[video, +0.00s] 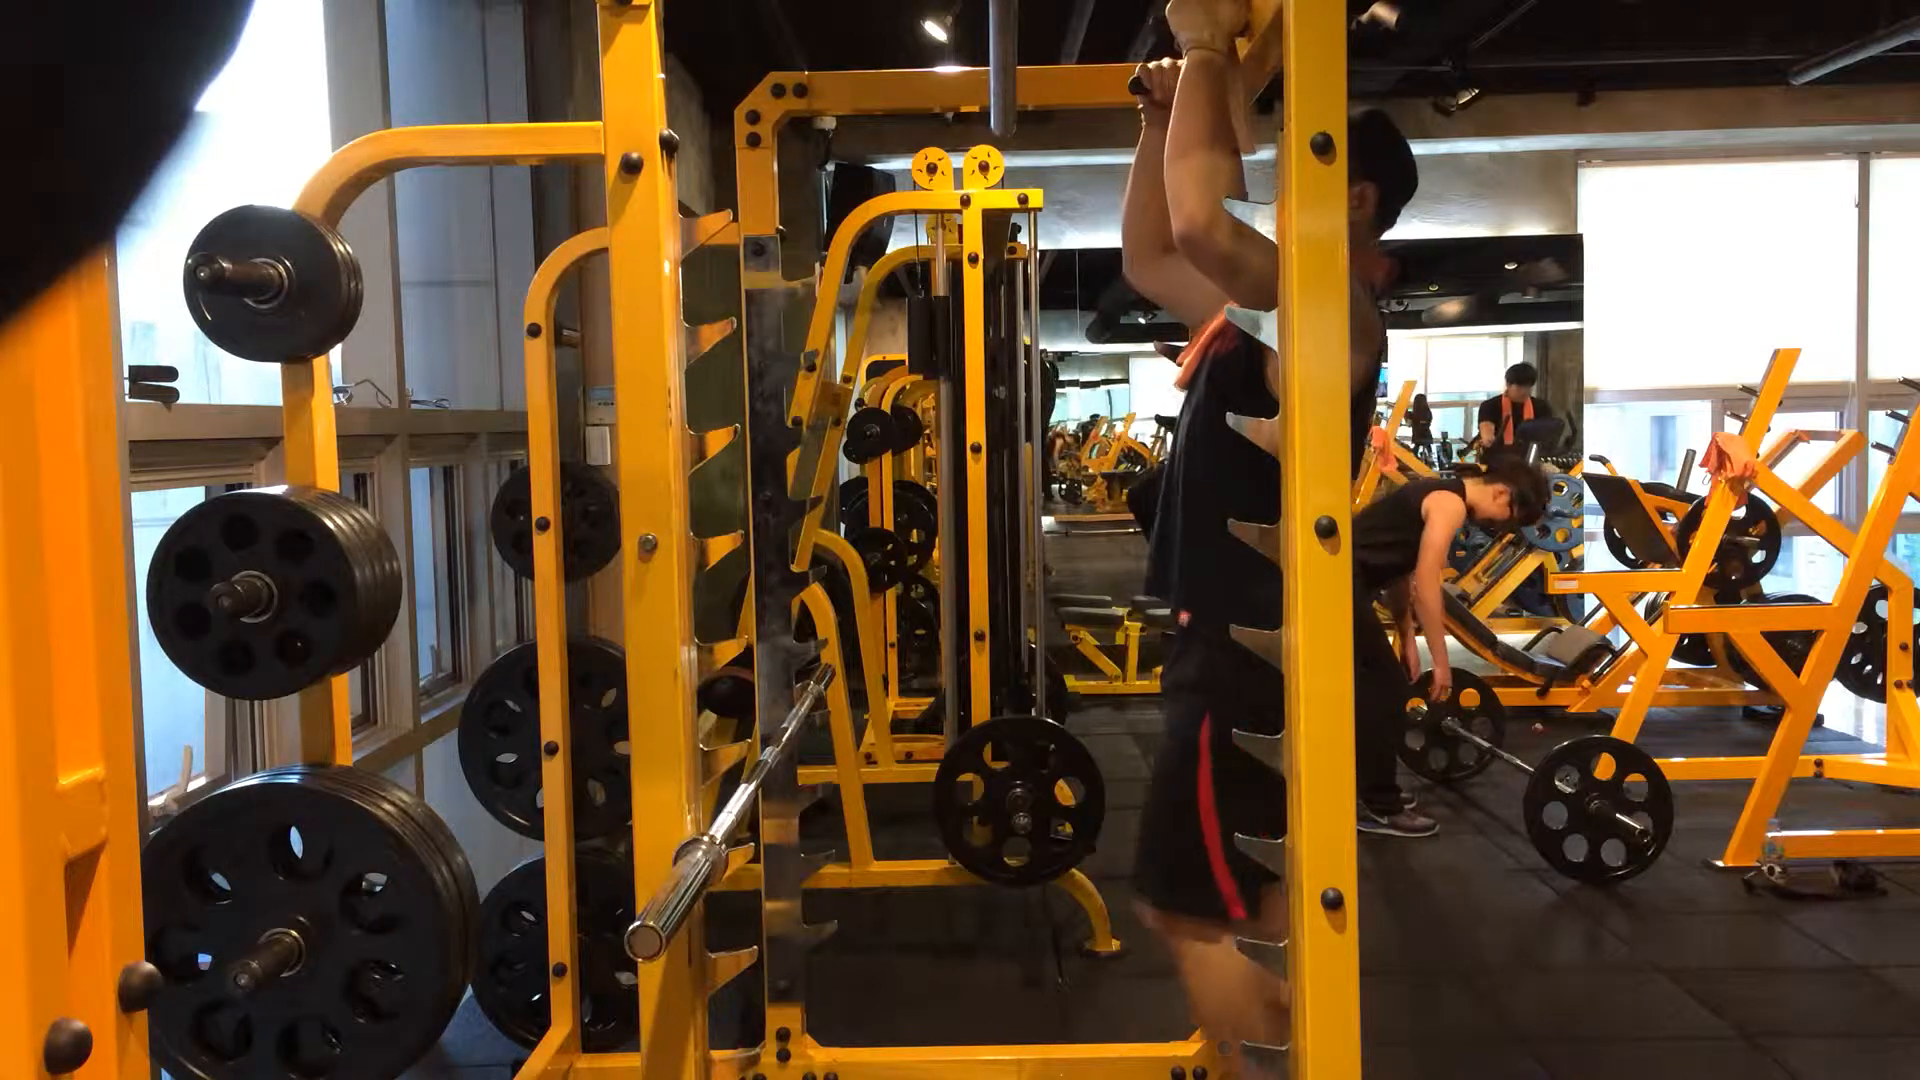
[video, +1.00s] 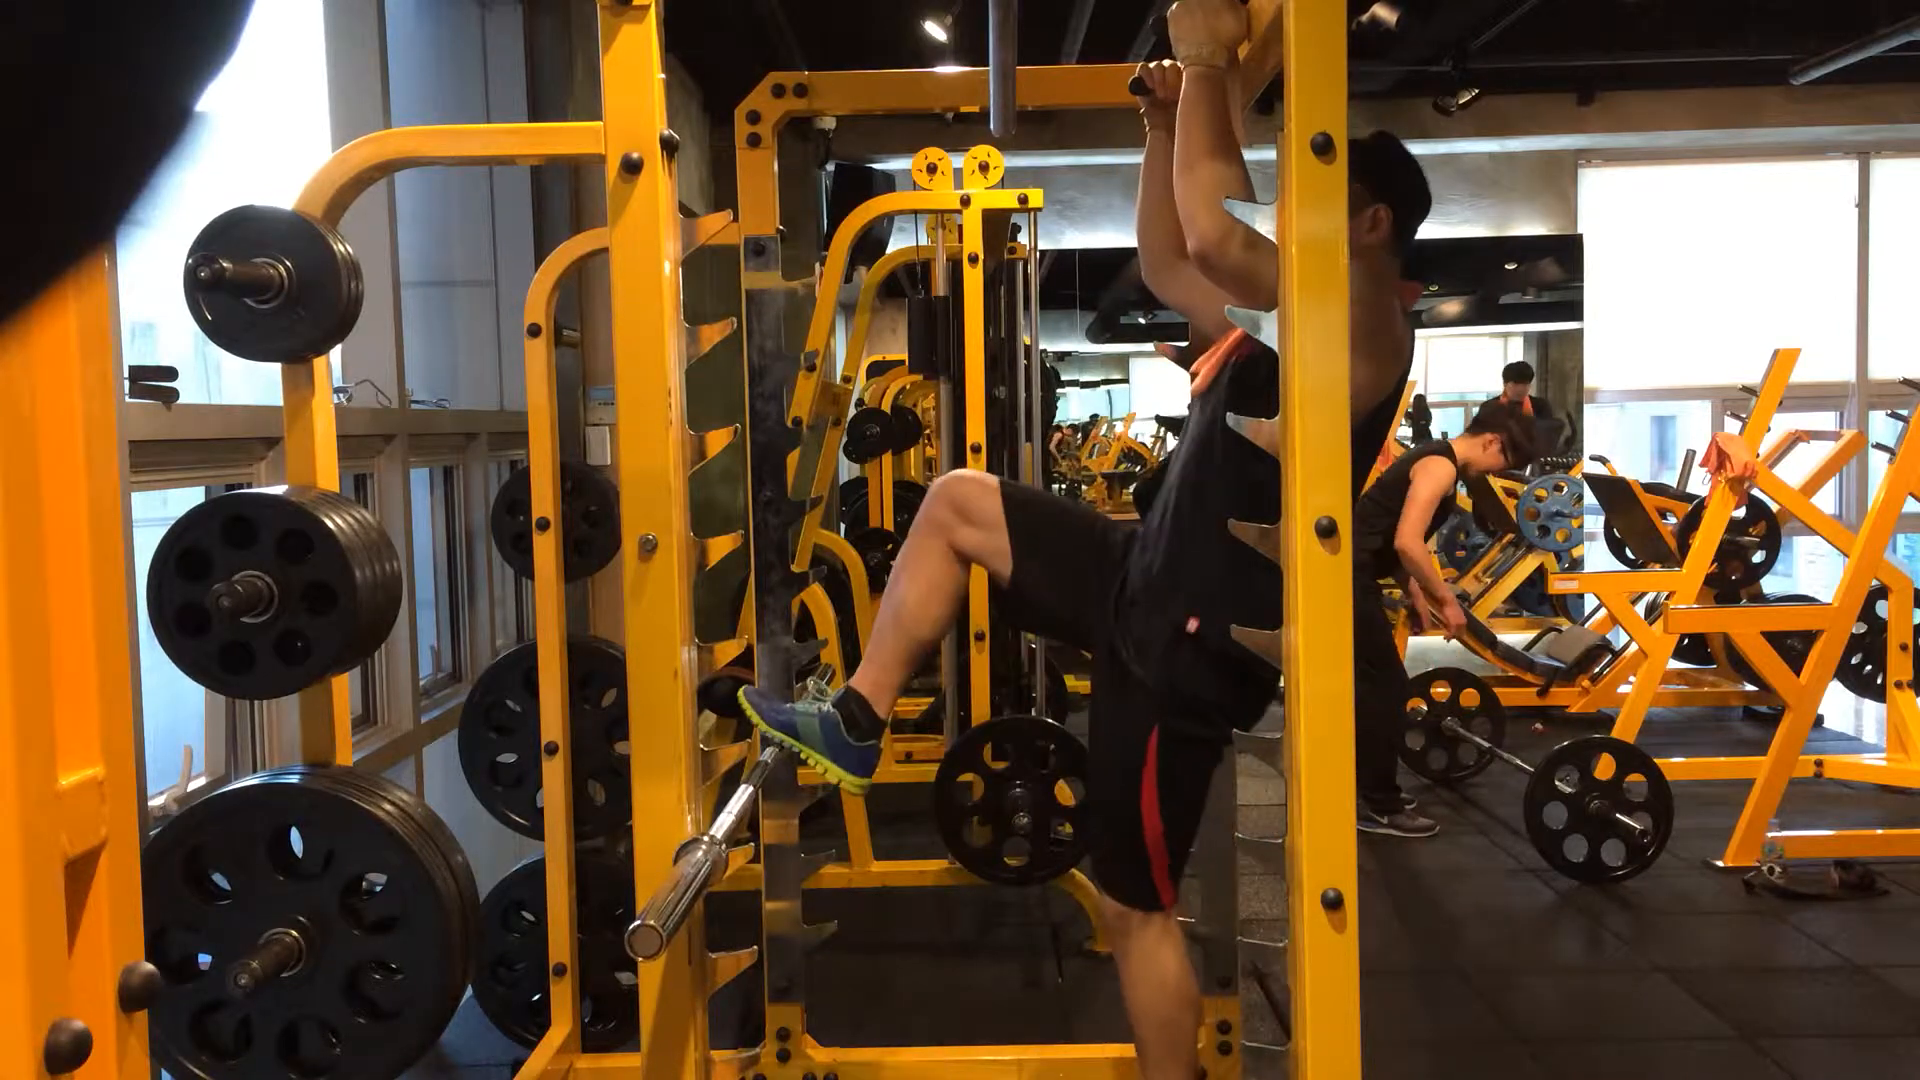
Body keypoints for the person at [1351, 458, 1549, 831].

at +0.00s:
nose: (1497, 526)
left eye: (1506, 524)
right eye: (1506, 519)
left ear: (1498, 489)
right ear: (1501, 492)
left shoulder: (1438, 491)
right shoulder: (1449, 504)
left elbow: (1402, 575)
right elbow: (1425, 584)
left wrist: (1407, 638)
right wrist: (1440, 661)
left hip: (1344, 584)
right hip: (1340, 586)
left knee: (1386, 682)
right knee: (1385, 685)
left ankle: (1377, 790)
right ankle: (1377, 802)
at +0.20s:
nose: (1501, 534)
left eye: (1510, 533)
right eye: (1511, 528)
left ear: (1506, 501)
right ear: (1508, 504)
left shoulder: (1443, 499)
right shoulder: (1455, 515)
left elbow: (1401, 582)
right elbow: (1431, 598)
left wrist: (1410, 649)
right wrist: (1446, 672)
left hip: (1342, 581)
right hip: (1341, 587)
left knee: (1386, 678)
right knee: (1388, 680)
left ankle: (1375, 789)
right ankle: (1379, 801)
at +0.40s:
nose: (1504, 530)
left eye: (1513, 527)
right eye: (1513, 522)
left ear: (1506, 493)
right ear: (1509, 496)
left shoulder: (1447, 494)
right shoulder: (1456, 506)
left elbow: (1393, 576)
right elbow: (1426, 585)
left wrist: (1416, 634)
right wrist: (1452, 656)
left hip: (1348, 582)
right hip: (1344, 586)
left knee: (1385, 683)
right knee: (1388, 686)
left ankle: (1375, 790)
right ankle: (1377, 803)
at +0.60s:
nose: (1505, 508)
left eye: (1514, 506)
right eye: (1514, 502)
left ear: (1503, 473)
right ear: (1507, 477)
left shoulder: (1449, 482)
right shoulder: (1453, 491)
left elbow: (1402, 559)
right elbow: (1414, 562)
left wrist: (1417, 608)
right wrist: (1450, 624)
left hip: (1351, 580)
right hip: (1349, 583)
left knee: (1384, 684)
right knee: (1389, 687)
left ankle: (1377, 791)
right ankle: (1378, 803)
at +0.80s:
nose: (1503, 495)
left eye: (1513, 492)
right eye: (1511, 487)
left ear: (1500, 458)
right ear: (1503, 461)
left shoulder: (1446, 474)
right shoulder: (1447, 479)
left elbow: (1401, 542)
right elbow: (1402, 541)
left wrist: (1417, 596)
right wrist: (1442, 596)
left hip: (1355, 582)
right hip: (1351, 584)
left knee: (1381, 683)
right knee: (1389, 683)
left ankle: (1375, 796)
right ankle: (1378, 803)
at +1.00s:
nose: (1496, 473)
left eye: (1504, 468)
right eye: (1502, 464)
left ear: (1488, 440)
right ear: (1490, 441)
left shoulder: (1436, 460)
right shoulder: (1439, 466)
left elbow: (1400, 540)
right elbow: (1408, 542)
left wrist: (1413, 595)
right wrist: (1446, 599)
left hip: (1356, 578)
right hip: (1350, 579)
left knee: (1379, 682)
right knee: (1387, 684)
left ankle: (1373, 790)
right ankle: (1378, 800)